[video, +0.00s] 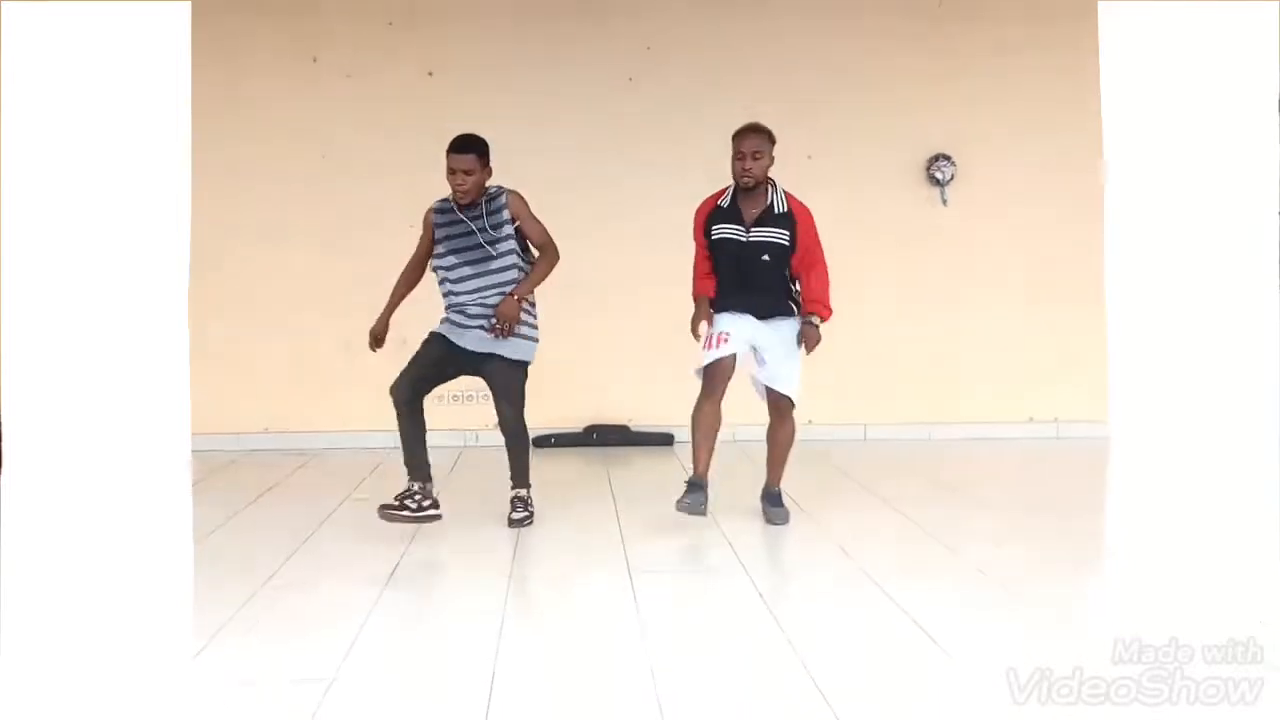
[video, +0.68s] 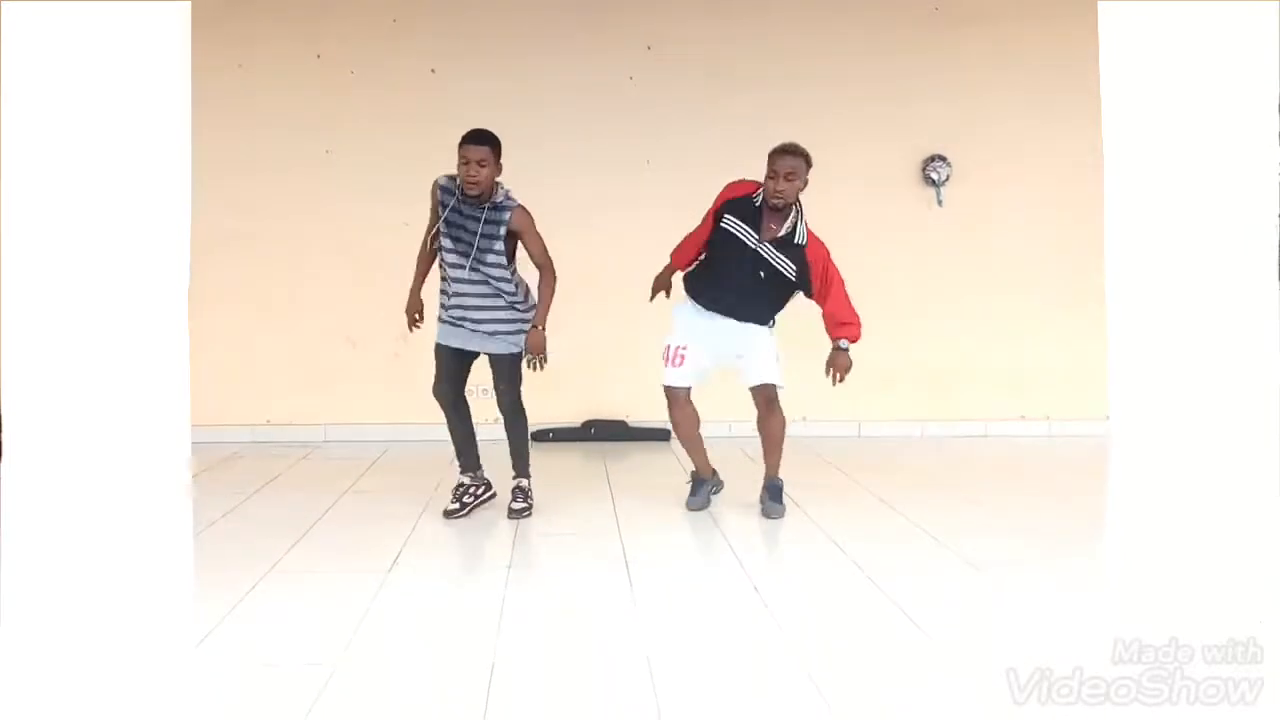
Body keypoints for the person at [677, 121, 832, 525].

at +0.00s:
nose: (745, 163)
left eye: (755, 156)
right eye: (739, 155)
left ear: (771, 161)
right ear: (731, 159)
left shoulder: (794, 212)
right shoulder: (711, 210)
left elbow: (812, 264)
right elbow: (703, 261)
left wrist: (813, 316)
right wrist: (702, 302)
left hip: (780, 318)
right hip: (729, 314)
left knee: (782, 405)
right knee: (714, 380)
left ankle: (773, 490)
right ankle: (698, 482)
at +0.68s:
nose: (778, 185)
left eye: (789, 178)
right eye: (773, 175)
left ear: (804, 185)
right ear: (764, 174)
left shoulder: (806, 247)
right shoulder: (735, 197)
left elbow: (834, 295)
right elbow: (703, 233)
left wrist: (842, 344)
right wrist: (670, 269)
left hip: (752, 327)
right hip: (698, 313)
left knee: (768, 399)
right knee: (675, 393)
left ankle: (772, 481)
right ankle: (704, 475)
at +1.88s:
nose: (697, 139)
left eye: (706, 130)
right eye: (693, 130)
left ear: (731, 126)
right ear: (691, 126)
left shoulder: (767, 164)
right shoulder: (692, 167)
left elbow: (797, 218)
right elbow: (682, 222)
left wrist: (799, 273)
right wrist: (676, 276)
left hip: (765, 277)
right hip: (712, 277)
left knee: (781, 358)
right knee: (697, 358)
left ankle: (777, 436)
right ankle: (709, 438)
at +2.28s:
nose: (750, 161)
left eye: (759, 153)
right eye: (743, 151)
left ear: (772, 150)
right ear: (732, 146)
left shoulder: (790, 192)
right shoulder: (707, 179)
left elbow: (815, 232)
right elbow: (664, 196)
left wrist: (827, 268)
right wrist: (622, 218)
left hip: (768, 304)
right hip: (717, 301)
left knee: (788, 381)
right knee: (704, 379)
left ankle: (801, 472)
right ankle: (698, 473)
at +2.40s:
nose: (753, 217)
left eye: (762, 209)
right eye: (746, 208)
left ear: (773, 203)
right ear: (735, 199)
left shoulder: (794, 229)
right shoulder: (712, 219)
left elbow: (829, 258)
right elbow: (670, 236)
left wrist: (832, 297)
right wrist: (658, 258)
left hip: (770, 323)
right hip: (715, 322)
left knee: (805, 367)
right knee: (693, 375)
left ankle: (793, 439)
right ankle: (708, 445)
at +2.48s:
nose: (753, 259)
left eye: (762, 250)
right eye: (746, 249)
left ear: (773, 243)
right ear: (733, 240)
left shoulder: (792, 263)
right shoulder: (711, 257)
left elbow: (822, 296)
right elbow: (671, 282)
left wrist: (830, 338)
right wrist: (670, 302)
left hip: (773, 350)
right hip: (718, 349)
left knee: (808, 392)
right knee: (699, 394)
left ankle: (793, 451)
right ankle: (712, 449)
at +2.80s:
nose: (769, 328)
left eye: (777, 320)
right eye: (761, 320)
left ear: (787, 322)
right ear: (748, 323)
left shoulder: (802, 350)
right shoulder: (731, 350)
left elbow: (811, 385)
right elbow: (694, 388)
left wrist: (832, 391)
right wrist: (667, 431)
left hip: (775, 424)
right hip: (730, 423)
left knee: (814, 429)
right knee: (695, 427)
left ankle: (780, 485)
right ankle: (702, 485)